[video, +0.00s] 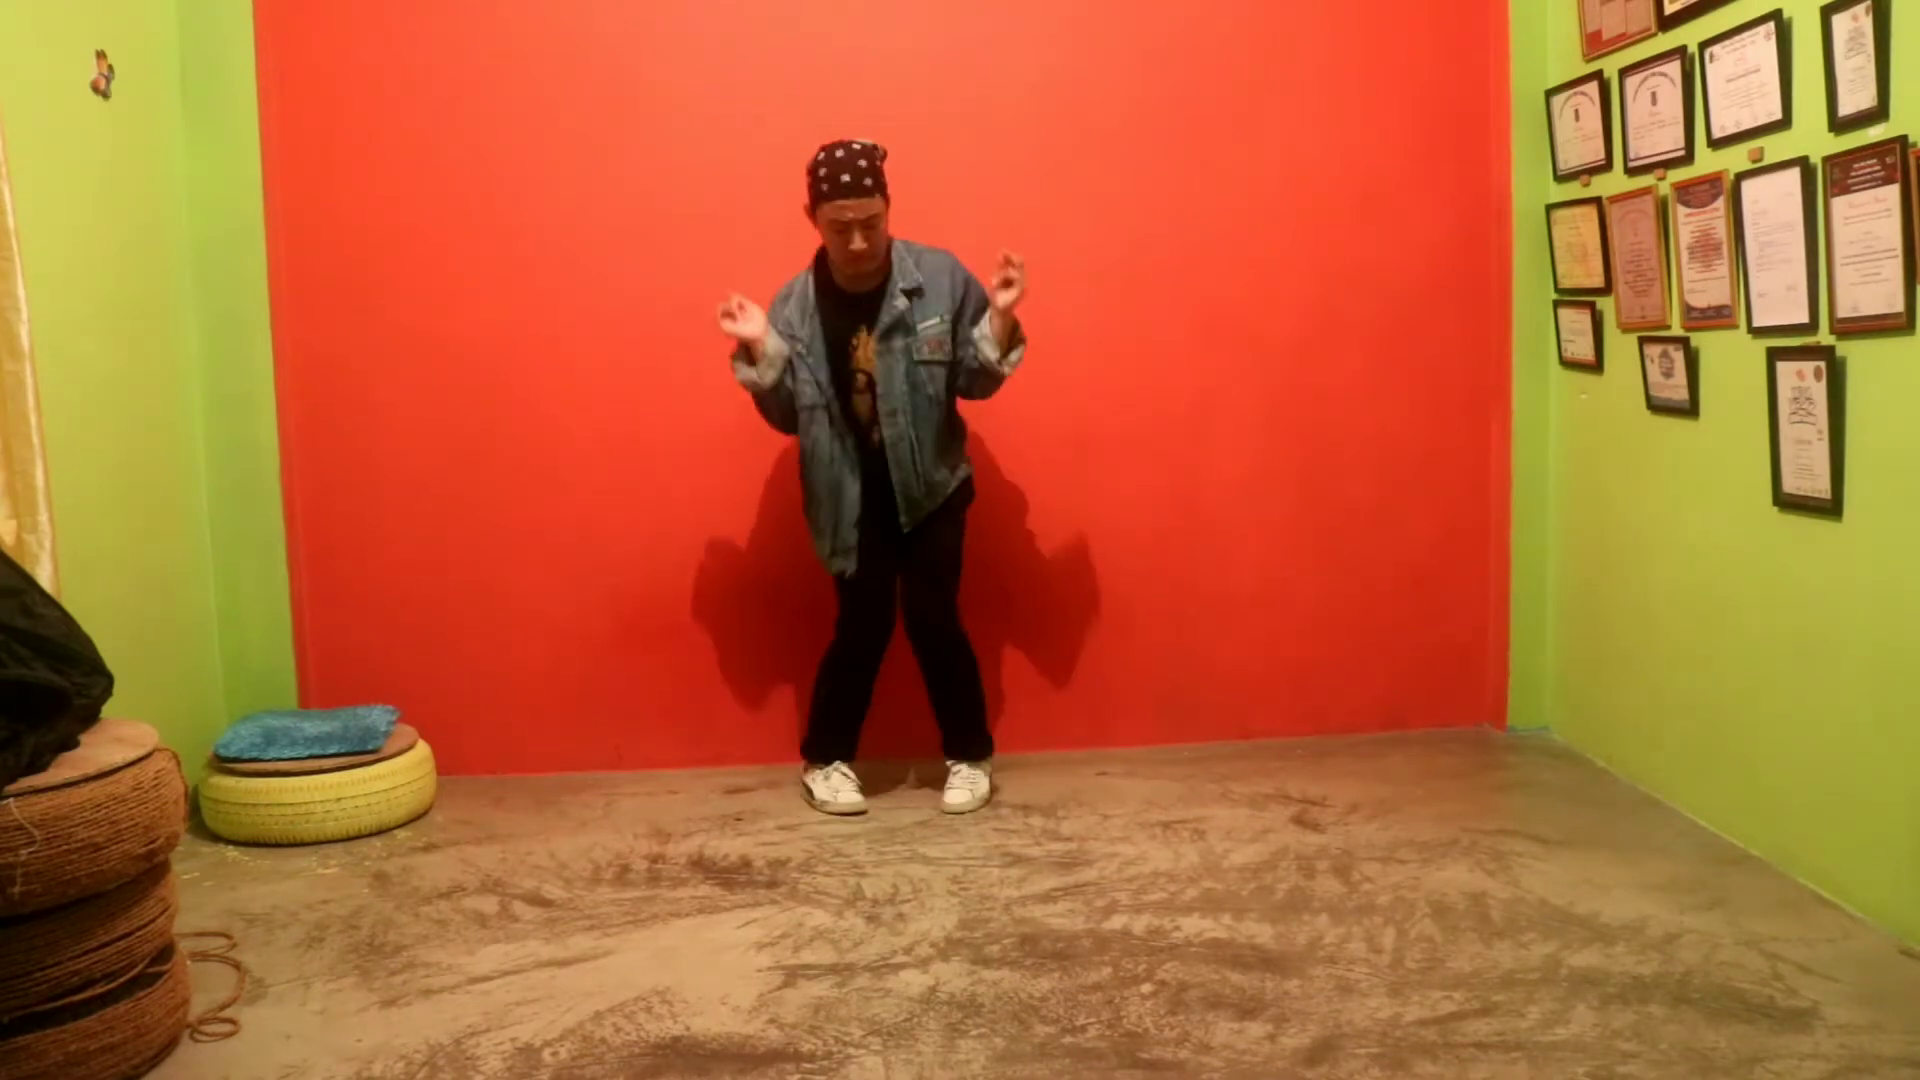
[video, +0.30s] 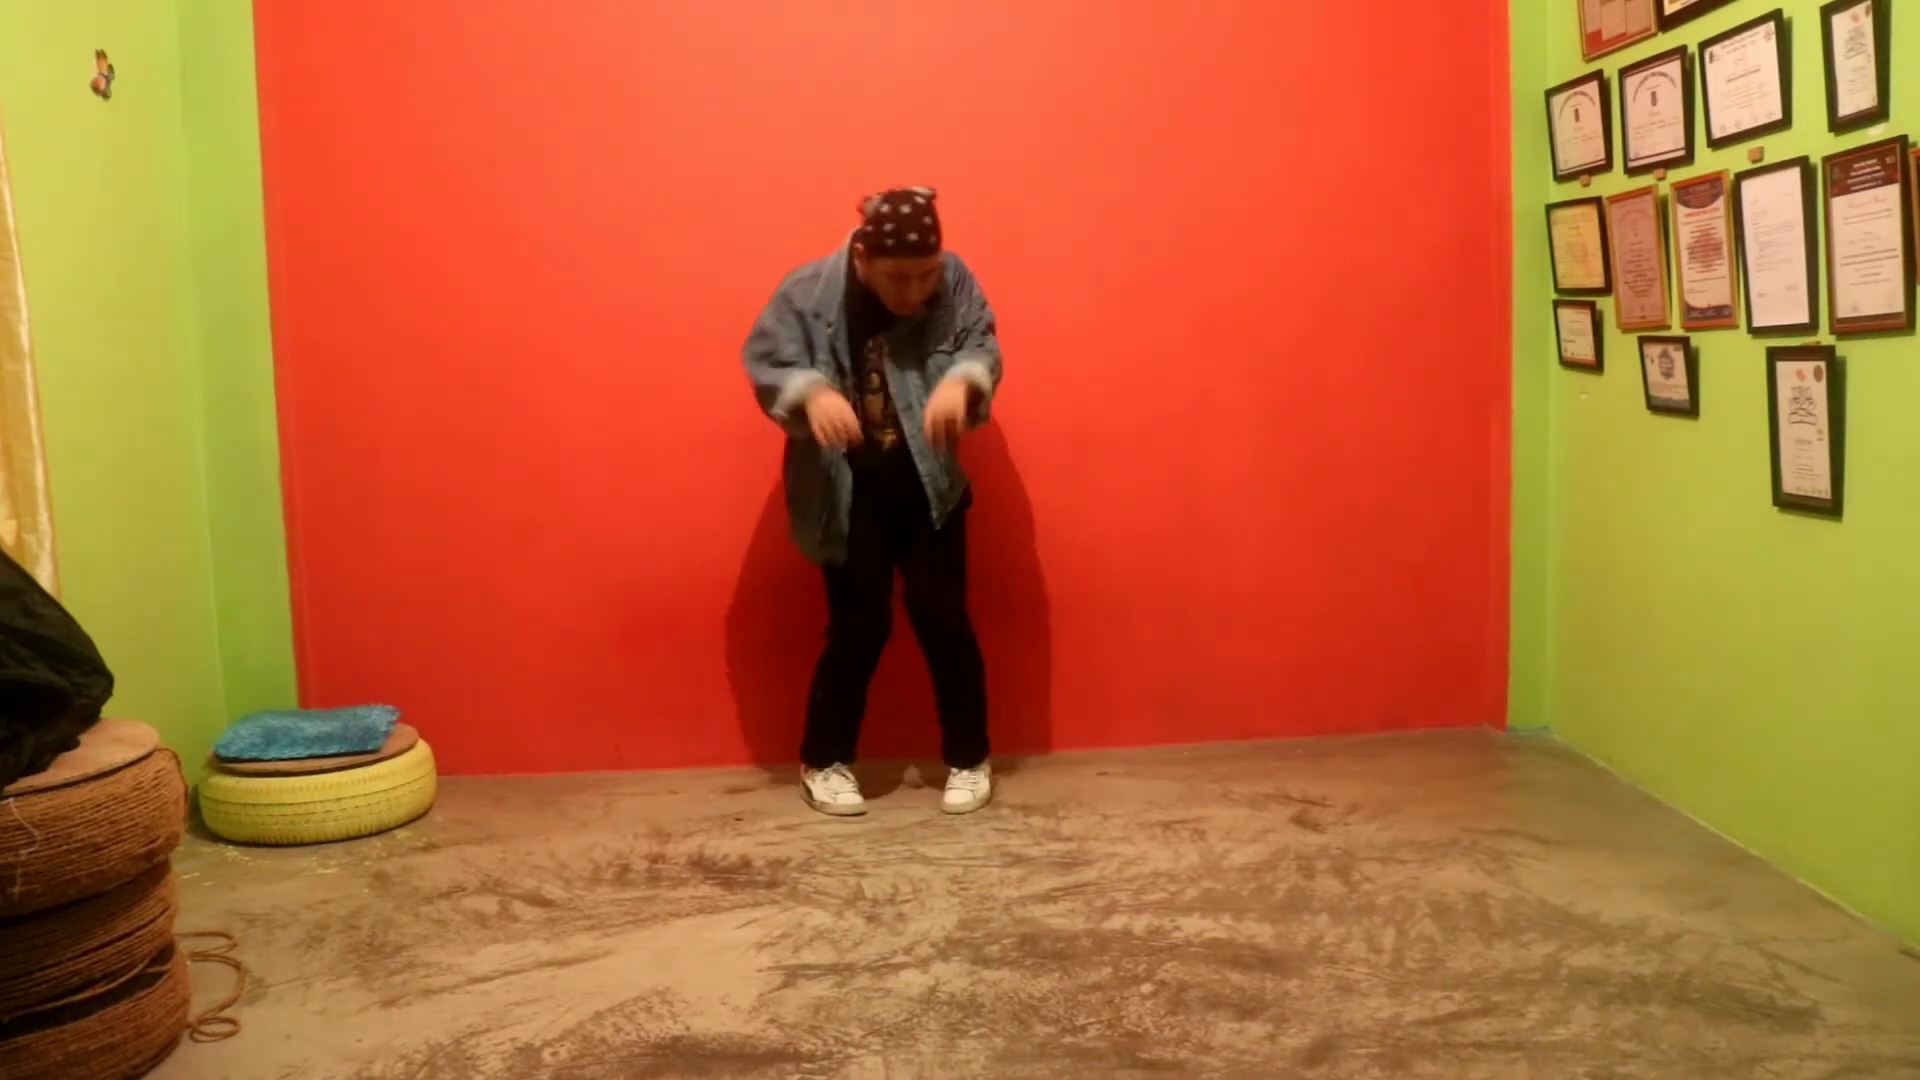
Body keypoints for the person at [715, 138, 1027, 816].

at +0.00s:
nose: (856, 241)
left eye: (868, 224)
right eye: (841, 227)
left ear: (889, 212)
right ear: (817, 223)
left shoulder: (940, 277)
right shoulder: (794, 307)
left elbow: (971, 383)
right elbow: (790, 419)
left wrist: (1000, 321)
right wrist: (760, 352)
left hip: (932, 484)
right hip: (851, 492)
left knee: (932, 617)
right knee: (863, 622)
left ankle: (968, 760)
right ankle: (827, 762)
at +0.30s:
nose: (913, 292)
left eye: (924, 276)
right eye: (897, 279)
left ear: (938, 258)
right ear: (864, 261)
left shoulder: (952, 283)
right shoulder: (807, 294)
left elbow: (981, 346)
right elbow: (766, 359)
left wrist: (960, 381)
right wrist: (811, 392)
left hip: (930, 487)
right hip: (848, 492)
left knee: (944, 625)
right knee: (858, 629)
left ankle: (968, 761)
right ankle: (826, 764)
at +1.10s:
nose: (896, 195)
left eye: (908, 179)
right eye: (880, 180)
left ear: (927, 168)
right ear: (852, 166)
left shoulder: (954, 227)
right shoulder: (810, 230)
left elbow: (996, 288)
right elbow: (771, 311)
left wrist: (968, 377)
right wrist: (802, 391)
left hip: (936, 447)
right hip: (843, 450)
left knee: (961, 596)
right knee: (837, 603)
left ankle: (956, 750)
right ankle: (853, 756)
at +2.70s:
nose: (907, 246)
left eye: (923, 232)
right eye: (894, 229)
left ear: (948, 221)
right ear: (873, 212)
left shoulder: (980, 280)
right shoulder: (839, 234)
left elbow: (1006, 373)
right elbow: (788, 300)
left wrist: (939, 374)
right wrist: (795, 323)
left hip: (916, 465)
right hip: (830, 458)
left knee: (912, 613)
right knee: (837, 615)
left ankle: (921, 766)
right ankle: (862, 764)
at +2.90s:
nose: (974, 250)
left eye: (992, 235)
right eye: (961, 231)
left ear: (1015, 230)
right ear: (938, 212)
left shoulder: (1004, 336)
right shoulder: (887, 236)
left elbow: (974, 441)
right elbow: (818, 273)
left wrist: (919, 386)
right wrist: (802, 301)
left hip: (901, 482)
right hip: (810, 462)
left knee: (916, 623)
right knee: (809, 620)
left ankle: (919, 768)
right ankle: (855, 765)